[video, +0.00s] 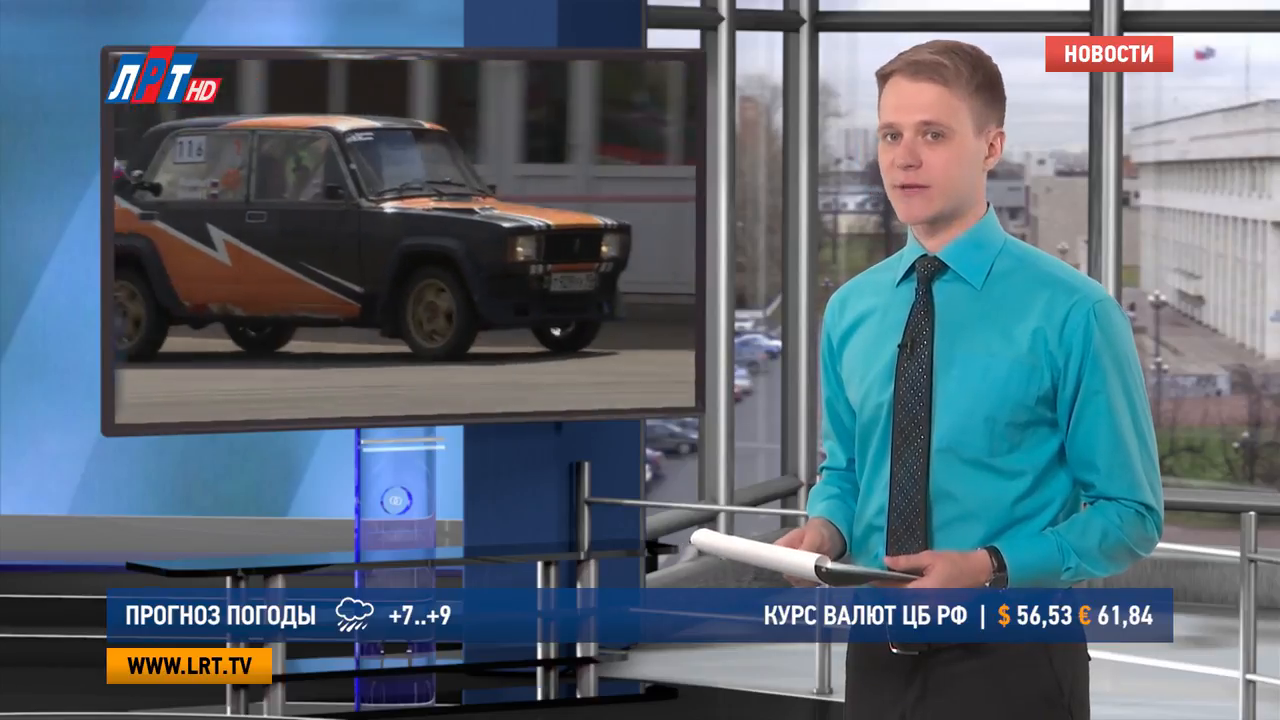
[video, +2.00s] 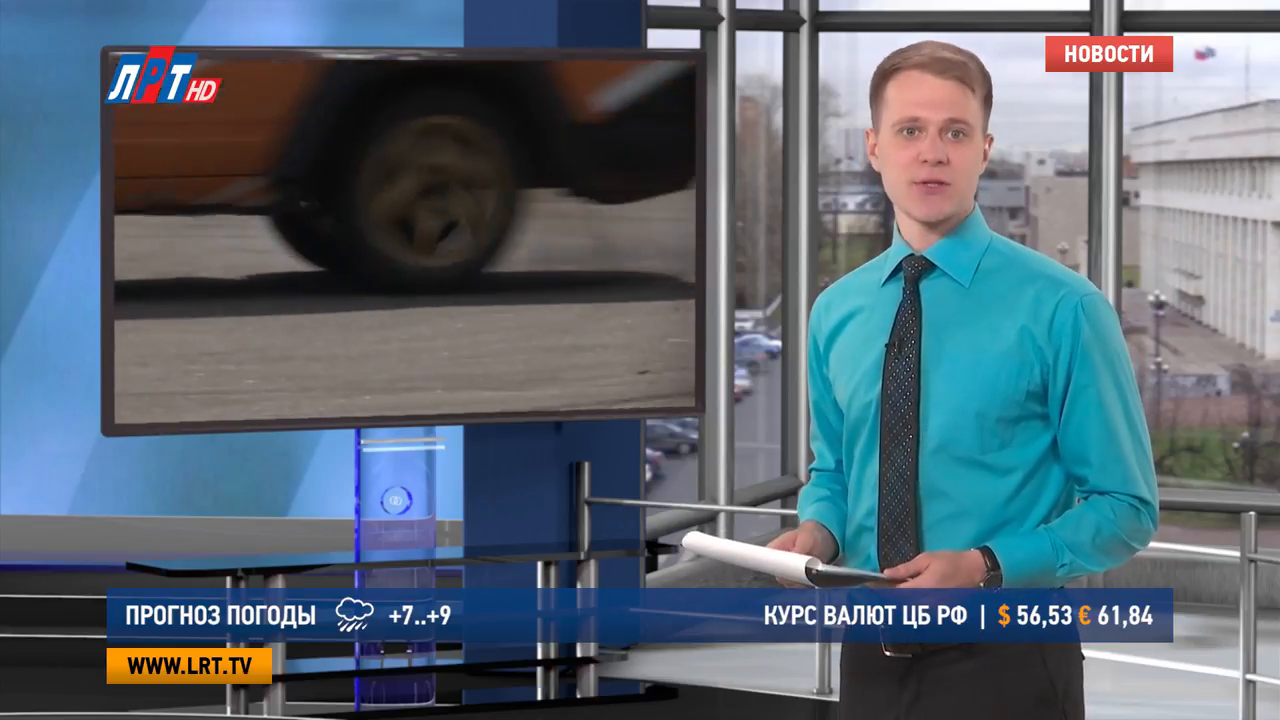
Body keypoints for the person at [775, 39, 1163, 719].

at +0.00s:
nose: (905, 158)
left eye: (933, 134)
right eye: (891, 135)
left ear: (991, 144)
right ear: (877, 145)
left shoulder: (1074, 312)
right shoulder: (850, 309)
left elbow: (1131, 512)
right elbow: (842, 470)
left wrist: (991, 566)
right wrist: (820, 533)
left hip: (1010, 659)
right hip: (877, 655)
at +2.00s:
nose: (932, 153)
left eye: (955, 132)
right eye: (911, 130)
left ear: (985, 149)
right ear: (874, 148)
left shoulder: (1062, 308)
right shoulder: (834, 311)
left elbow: (1127, 506)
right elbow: (831, 473)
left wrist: (987, 566)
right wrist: (812, 535)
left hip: (1005, 662)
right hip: (871, 660)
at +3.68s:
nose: (919, 156)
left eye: (944, 133)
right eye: (899, 134)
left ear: (988, 147)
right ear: (877, 148)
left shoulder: (1067, 310)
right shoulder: (843, 310)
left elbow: (1125, 511)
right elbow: (835, 473)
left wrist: (985, 564)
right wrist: (816, 530)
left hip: (1004, 663)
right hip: (871, 662)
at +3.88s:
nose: (931, 158)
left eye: (955, 136)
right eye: (910, 135)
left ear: (992, 148)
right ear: (881, 147)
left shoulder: (1069, 310)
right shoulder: (844, 310)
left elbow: (1127, 510)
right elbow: (837, 472)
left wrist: (987, 566)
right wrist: (815, 535)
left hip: (1006, 661)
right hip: (872, 658)